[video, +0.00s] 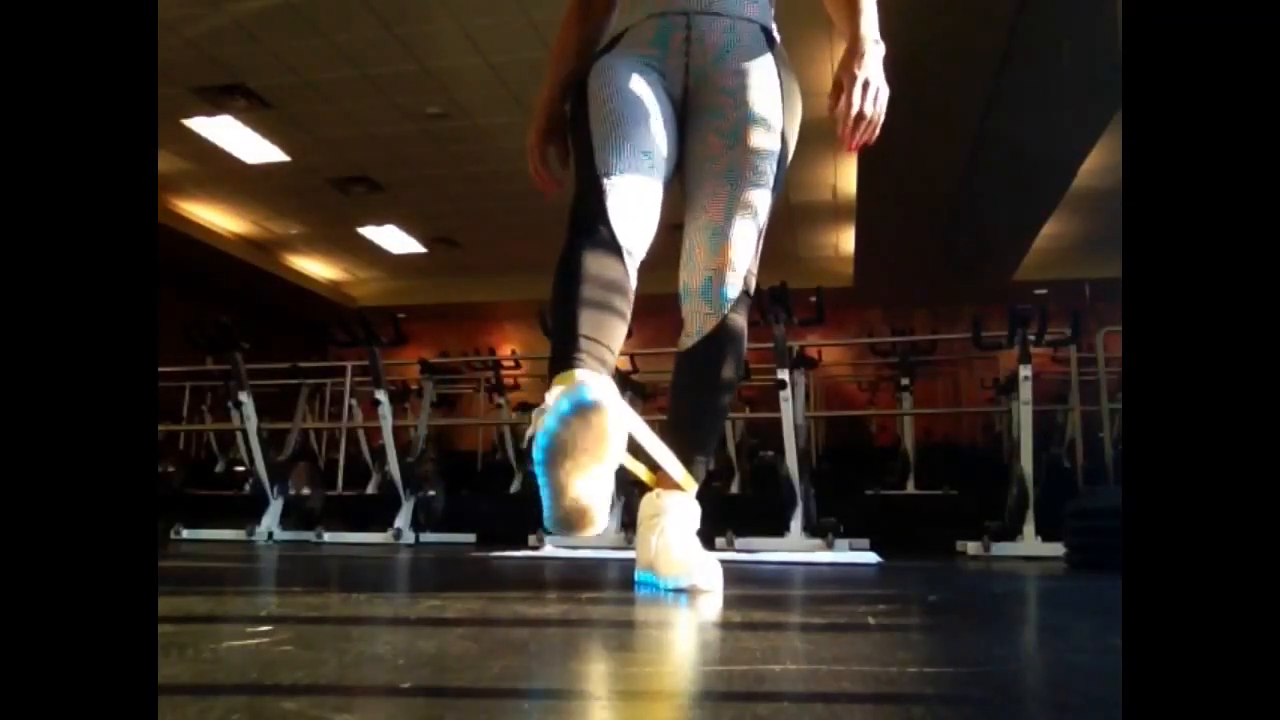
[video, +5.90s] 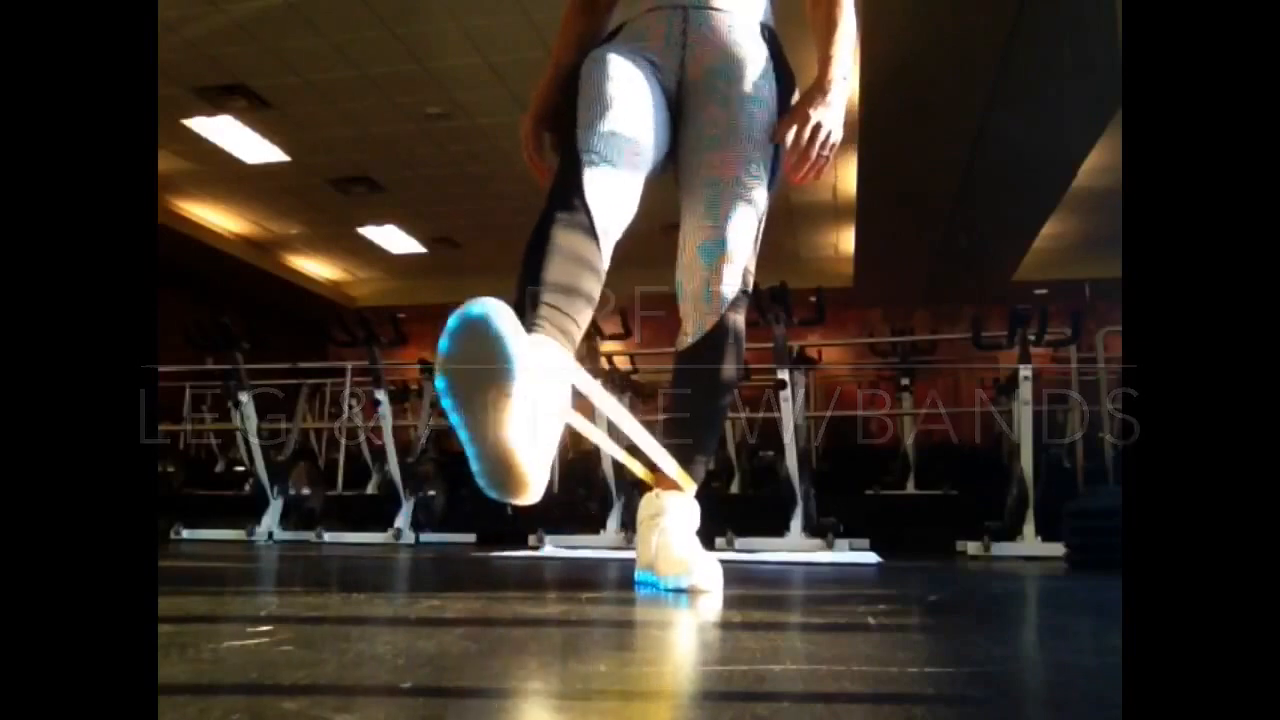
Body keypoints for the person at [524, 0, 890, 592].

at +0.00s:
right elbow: (589, 6)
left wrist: (864, 41)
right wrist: (555, 97)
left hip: (744, 30)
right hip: (630, 29)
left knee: (722, 279)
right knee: (612, 208)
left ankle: (673, 516)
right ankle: (577, 419)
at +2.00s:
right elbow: (596, 4)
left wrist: (857, 69)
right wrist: (548, 86)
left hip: (747, 28)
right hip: (634, 26)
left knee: (721, 272)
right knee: (599, 214)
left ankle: (674, 516)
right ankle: (543, 452)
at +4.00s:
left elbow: (825, 6)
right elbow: (588, 4)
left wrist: (833, 99)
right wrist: (549, 87)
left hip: (739, 27)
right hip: (629, 22)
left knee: (719, 271)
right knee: (608, 181)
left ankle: (673, 513)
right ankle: (568, 403)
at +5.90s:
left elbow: (829, 4)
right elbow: (592, 3)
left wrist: (834, 80)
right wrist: (551, 89)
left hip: (738, 25)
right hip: (629, 22)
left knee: (718, 270)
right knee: (594, 182)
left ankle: (671, 514)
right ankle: (533, 406)